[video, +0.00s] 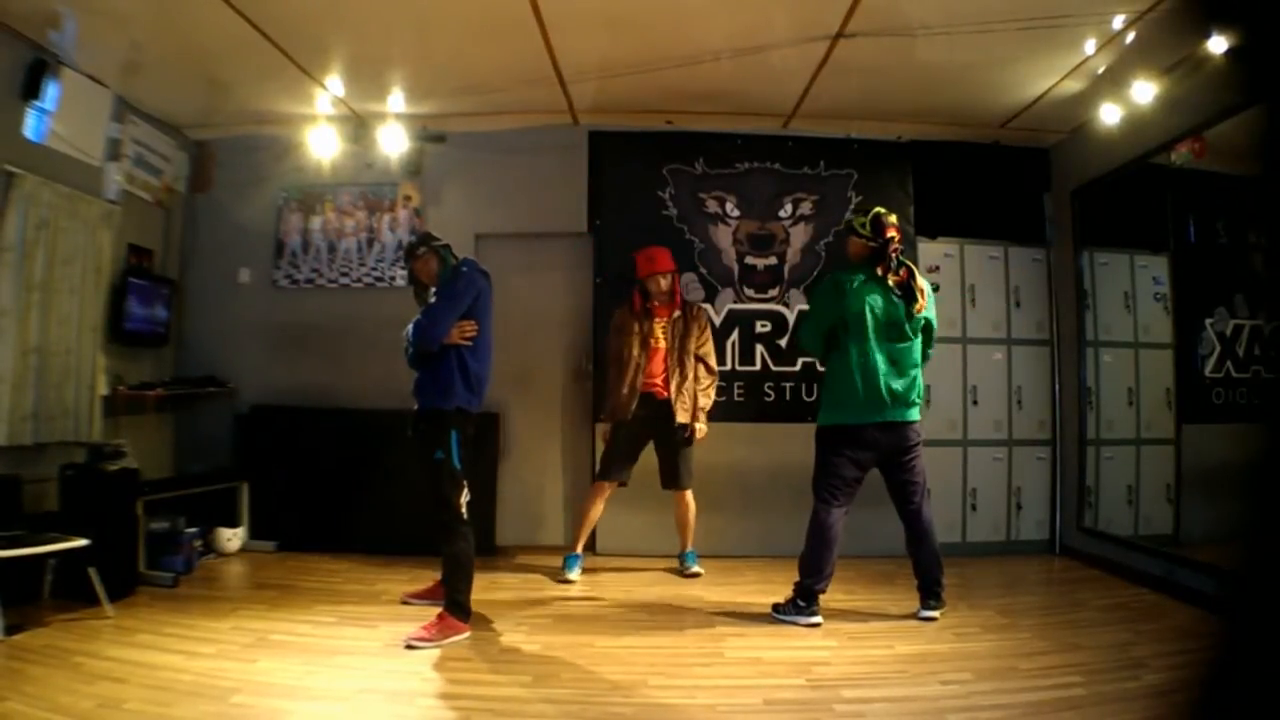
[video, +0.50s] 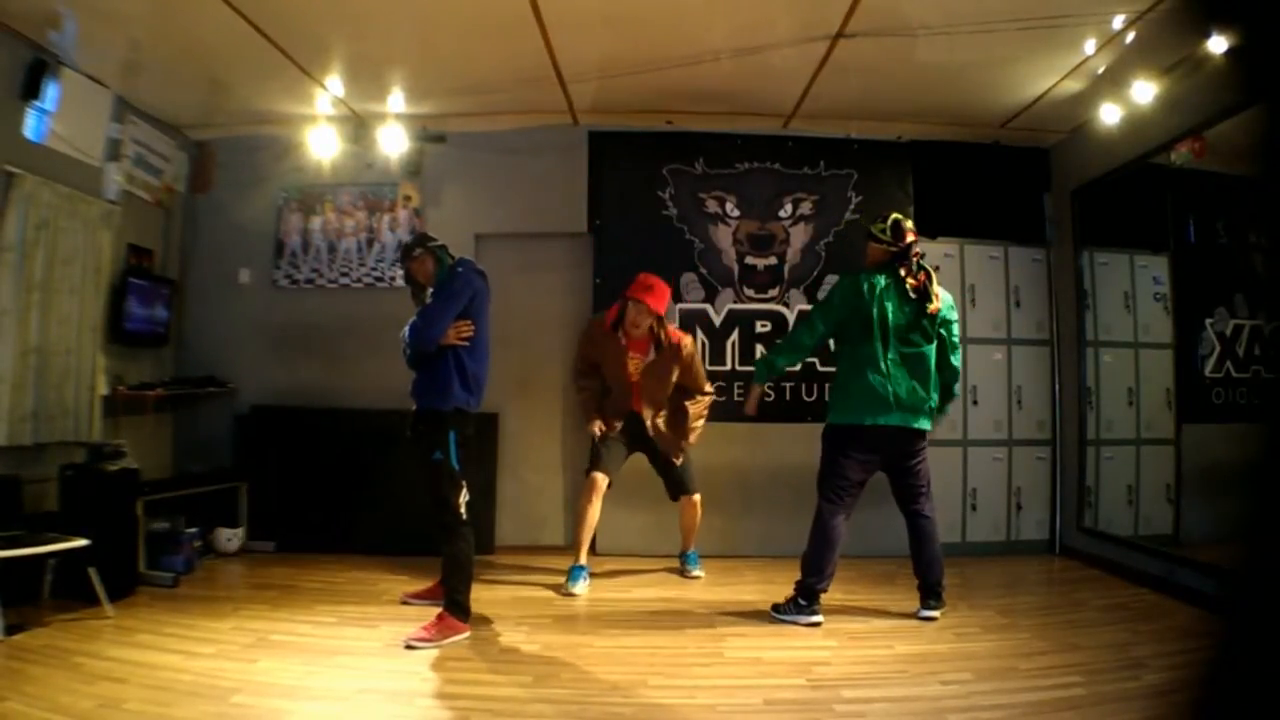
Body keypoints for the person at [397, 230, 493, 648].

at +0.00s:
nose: (418, 275)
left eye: (420, 265)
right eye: (413, 269)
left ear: (435, 255)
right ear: (419, 268)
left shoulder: (468, 276)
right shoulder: (443, 290)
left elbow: (432, 334)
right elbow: (411, 347)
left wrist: (414, 329)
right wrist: (438, 334)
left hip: (455, 408)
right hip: (435, 407)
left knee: (455, 509)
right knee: (443, 502)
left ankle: (456, 614)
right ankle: (448, 581)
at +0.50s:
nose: (415, 274)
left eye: (417, 264)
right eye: (410, 268)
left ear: (433, 255)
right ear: (414, 270)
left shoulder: (464, 277)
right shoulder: (439, 290)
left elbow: (427, 335)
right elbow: (409, 348)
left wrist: (411, 329)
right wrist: (434, 335)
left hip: (454, 408)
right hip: (434, 407)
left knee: (454, 509)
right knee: (442, 502)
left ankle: (456, 614)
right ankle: (448, 582)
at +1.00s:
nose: (413, 276)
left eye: (415, 266)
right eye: (408, 270)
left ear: (431, 256)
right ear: (414, 269)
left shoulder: (463, 278)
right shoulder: (438, 291)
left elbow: (428, 335)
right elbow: (409, 349)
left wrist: (411, 330)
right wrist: (436, 335)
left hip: (453, 409)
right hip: (433, 409)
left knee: (455, 509)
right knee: (441, 502)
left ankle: (456, 614)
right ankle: (447, 581)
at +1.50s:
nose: (410, 287)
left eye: (413, 278)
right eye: (408, 281)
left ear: (431, 265)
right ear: (427, 268)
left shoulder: (472, 279)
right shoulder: (433, 308)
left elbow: (447, 293)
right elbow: (409, 353)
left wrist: (417, 273)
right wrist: (436, 332)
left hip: (453, 407)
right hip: (431, 408)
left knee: (454, 509)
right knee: (440, 502)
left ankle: (456, 613)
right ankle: (447, 582)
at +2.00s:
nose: (428, 276)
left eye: (431, 267)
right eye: (420, 276)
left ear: (445, 263)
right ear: (417, 285)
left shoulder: (473, 283)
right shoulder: (435, 309)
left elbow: (456, 285)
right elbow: (410, 355)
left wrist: (415, 334)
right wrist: (433, 332)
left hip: (454, 407)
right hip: (431, 408)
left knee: (455, 508)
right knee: (443, 503)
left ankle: (455, 613)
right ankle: (448, 582)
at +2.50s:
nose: (428, 280)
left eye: (430, 271)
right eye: (420, 279)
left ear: (444, 264)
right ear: (417, 286)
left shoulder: (471, 280)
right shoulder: (434, 309)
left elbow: (455, 295)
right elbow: (411, 355)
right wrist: (434, 333)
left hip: (454, 406)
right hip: (431, 408)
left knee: (455, 508)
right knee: (442, 502)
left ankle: (455, 614)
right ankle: (447, 582)